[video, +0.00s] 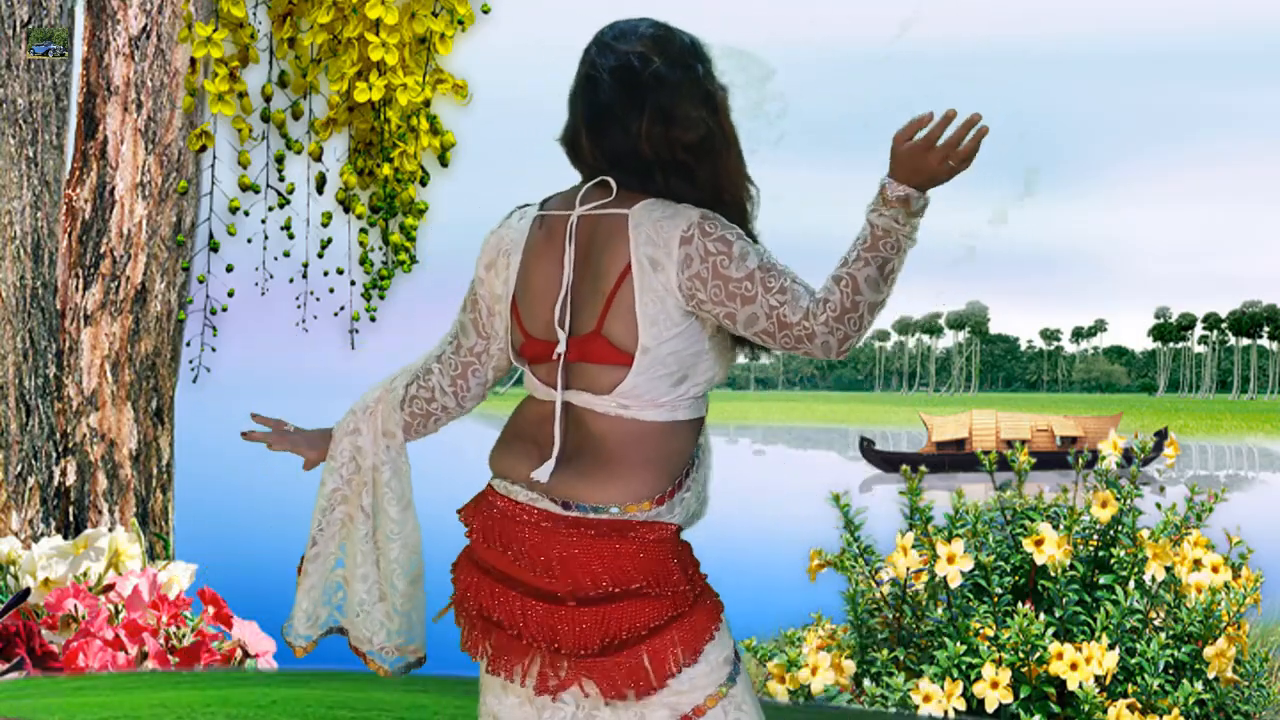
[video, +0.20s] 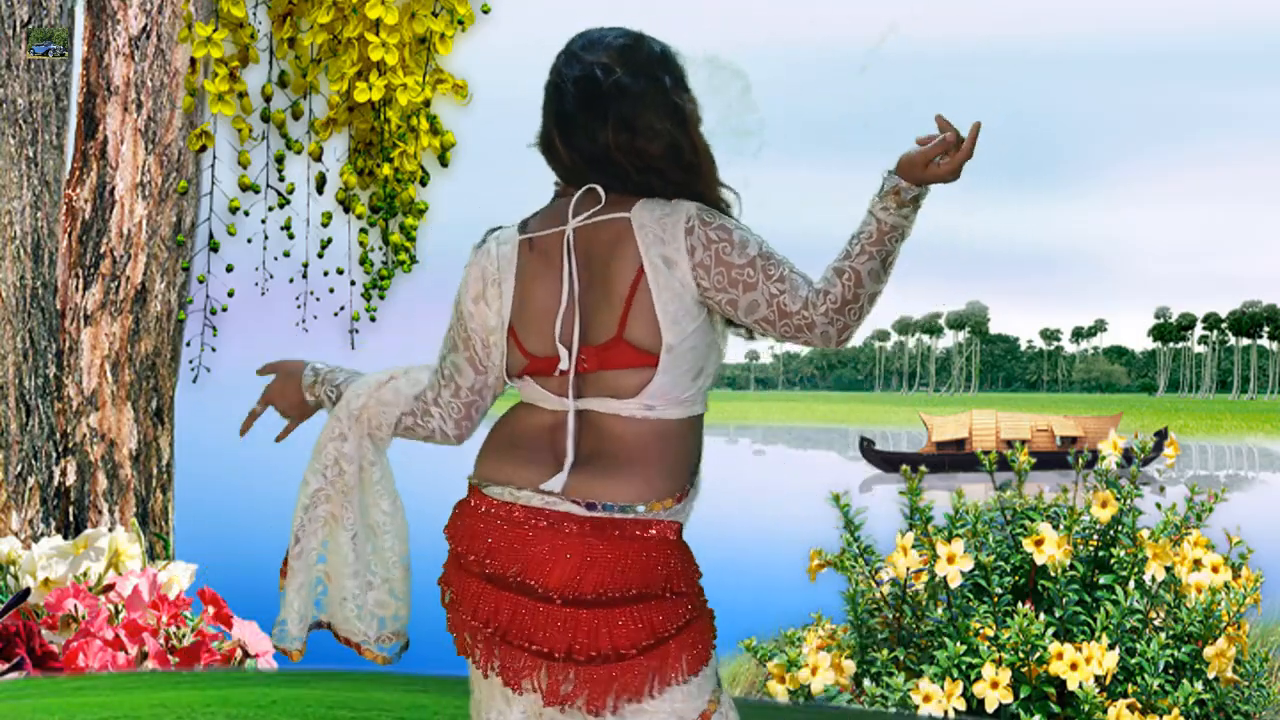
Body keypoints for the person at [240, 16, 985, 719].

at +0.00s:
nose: (720, 124)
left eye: (713, 103)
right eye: (711, 105)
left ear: (586, 121)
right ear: (689, 120)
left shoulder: (521, 234)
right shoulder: (687, 238)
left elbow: (452, 379)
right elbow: (822, 331)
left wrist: (340, 439)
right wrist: (902, 197)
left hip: (504, 531)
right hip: (626, 553)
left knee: (523, 699)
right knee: (706, 703)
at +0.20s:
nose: (693, 124)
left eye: (685, 103)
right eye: (681, 106)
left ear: (560, 129)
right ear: (661, 120)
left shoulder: (500, 254)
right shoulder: (688, 234)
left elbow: (442, 413)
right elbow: (826, 318)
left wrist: (322, 386)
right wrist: (906, 186)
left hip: (494, 526)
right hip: (628, 541)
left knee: (510, 698)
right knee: (664, 700)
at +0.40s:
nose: (678, 119)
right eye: (667, 101)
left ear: (541, 128)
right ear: (656, 116)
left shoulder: (502, 255)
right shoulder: (698, 229)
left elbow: (449, 417)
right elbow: (828, 310)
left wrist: (327, 350)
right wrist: (885, 175)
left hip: (499, 518)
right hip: (634, 539)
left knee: (495, 695)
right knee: (657, 703)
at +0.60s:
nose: (723, 127)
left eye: (715, 107)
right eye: (715, 109)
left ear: (584, 124)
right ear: (696, 120)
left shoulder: (515, 247)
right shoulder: (714, 231)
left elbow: (470, 406)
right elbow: (854, 315)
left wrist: (332, 387)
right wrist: (916, 182)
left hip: (572, 540)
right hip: (712, 527)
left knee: (590, 698)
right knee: (738, 697)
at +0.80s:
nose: (739, 127)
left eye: (732, 106)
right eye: (730, 109)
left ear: (601, 127)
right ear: (713, 120)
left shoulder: (536, 250)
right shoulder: (731, 229)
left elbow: (480, 405)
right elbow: (876, 306)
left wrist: (341, 387)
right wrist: (932, 169)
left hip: (602, 536)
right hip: (739, 514)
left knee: (607, 701)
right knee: (758, 701)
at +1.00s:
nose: (758, 127)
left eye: (751, 105)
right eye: (749, 108)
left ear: (618, 123)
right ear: (729, 120)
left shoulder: (550, 246)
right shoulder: (739, 234)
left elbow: (492, 394)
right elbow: (892, 291)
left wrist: (370, 447)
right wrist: (949, 147)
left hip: (614, 524)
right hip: (750, 505)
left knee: (625, 698)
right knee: (778, 701)